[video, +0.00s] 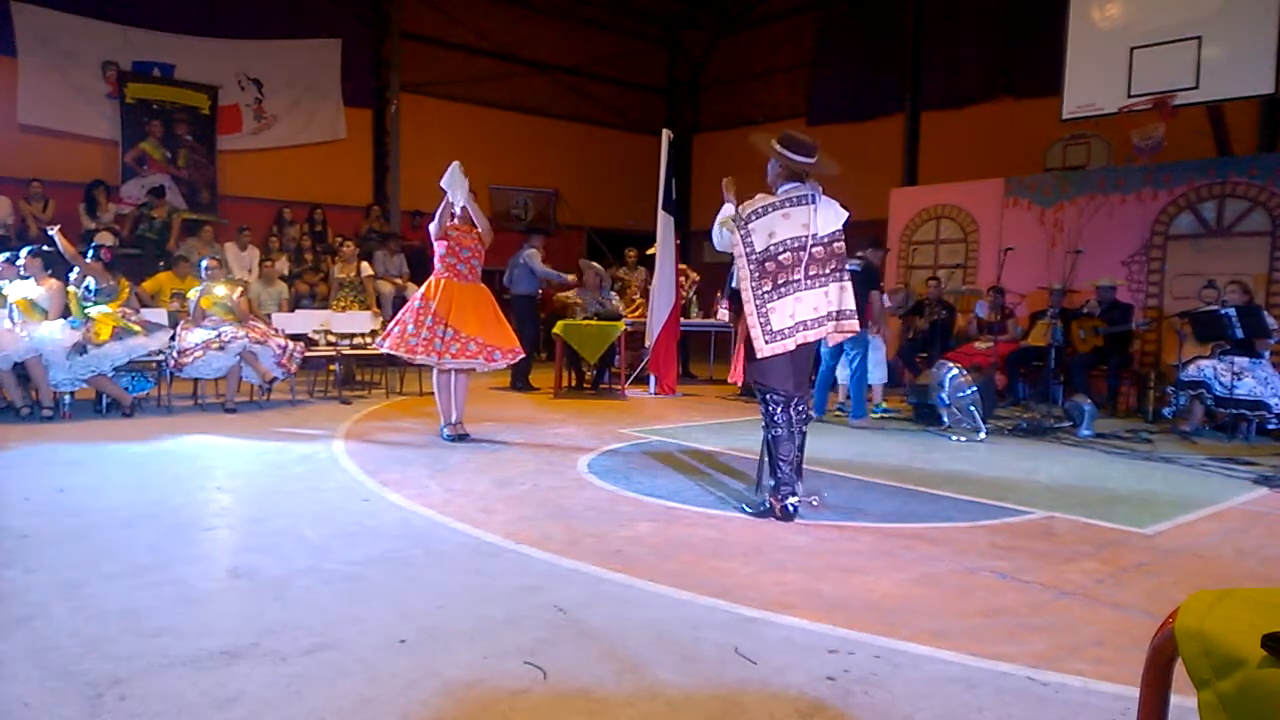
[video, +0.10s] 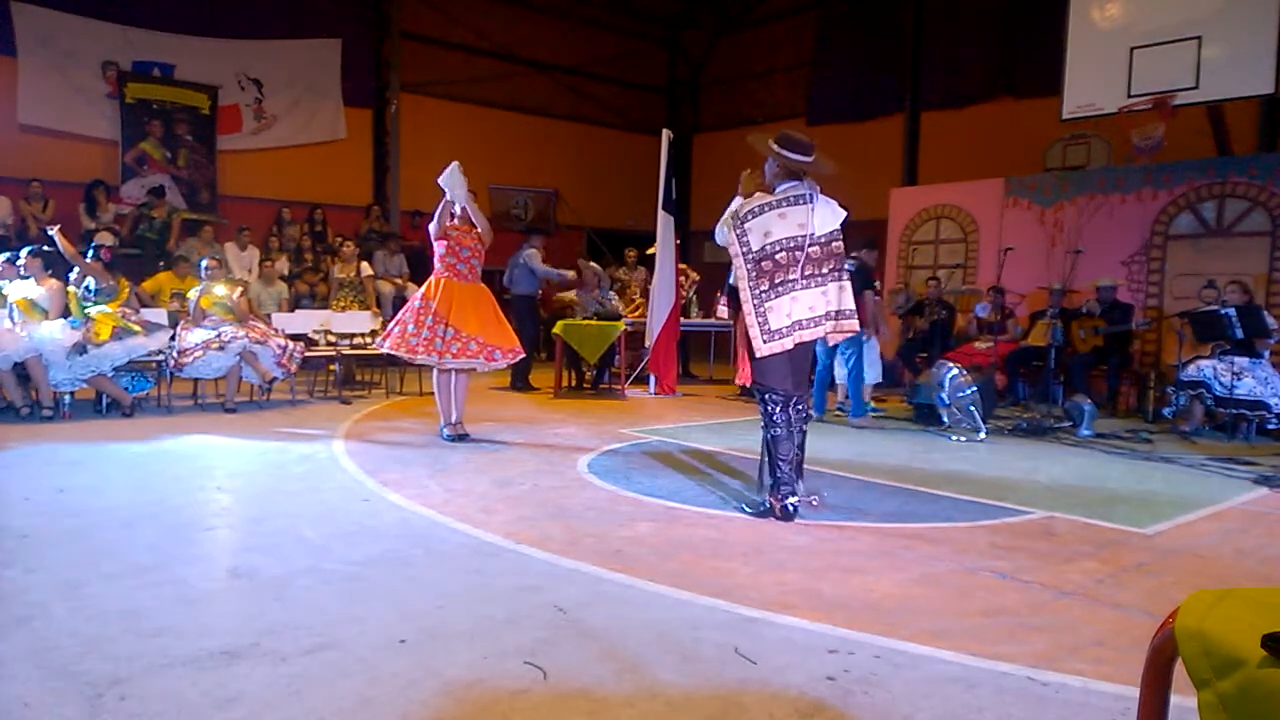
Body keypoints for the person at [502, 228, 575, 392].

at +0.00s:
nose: (543, 244)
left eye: (543, 240)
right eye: (541, 240)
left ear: (529, 240)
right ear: (535, 239)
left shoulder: (516, 256)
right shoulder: (531, 253)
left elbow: (507, 280)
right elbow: (540, 271)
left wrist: (525, 287)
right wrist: (565, 278)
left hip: (516, 298)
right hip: (527, 299)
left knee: (523, 337)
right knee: (530, 338)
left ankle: (518, 376)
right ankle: (522, 377)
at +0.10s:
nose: (543, 243)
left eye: (543, 239)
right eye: (541, 239)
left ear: (529, 239)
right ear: (536, 239)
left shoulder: (517, 256)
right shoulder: (531, 253)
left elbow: (507, 281)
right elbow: (540, 270)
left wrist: (525, 287)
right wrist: (564, 274)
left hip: (517, 298)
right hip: (527, 299)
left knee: (524, 338)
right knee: (530, 338)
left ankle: (518, 377)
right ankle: (522, 377)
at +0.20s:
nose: (542, 243)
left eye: (543, 239)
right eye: (541, 239)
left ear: (528, 239)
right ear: (535, 239)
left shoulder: (516, 256)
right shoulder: (531, 253)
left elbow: (506, 281)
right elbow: (540, 270)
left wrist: (522, 286)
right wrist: (562, 262)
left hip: (516, 298)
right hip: (528, 299)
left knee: (524, 338)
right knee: (530, 338)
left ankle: (517, 376)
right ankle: (522, 377)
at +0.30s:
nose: (543, 243)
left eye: (543, 240)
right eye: (541, 239)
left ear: (528, 239)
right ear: (535, 239)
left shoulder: (517, 255)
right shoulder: (531, 253)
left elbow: (506, 281)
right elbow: (537, 269)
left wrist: (524, 285)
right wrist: (560, 273)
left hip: (516, 298)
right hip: (527, 299)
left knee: (524, 337)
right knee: (530, 338)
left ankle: (518, 376)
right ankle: (522, 378)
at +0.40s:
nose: (543, 243)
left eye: (543, 240)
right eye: (541, 240)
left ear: (528, 239)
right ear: (535, 239)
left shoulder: (517, 256)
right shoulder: (531, 253)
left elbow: (506, 281)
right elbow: (537, 271)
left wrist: (525, 285)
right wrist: (561, 277)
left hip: (516, 298)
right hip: (527, 299)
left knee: (524, 338)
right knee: (530, 338)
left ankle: (518, 376)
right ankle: (522, 377)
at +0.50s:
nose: (543, 244)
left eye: (543, 240)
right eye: (542, 240)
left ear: (528, 239)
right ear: (535, 240)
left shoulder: (516, 256)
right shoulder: (530, 253)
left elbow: (506, 280)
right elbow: (537, 272)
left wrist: (522, 285)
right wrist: (562, 266)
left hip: (516, 298)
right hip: (528, 299)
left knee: (523, 338)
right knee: (530, 338)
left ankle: (518, 376)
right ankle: (522, 378)